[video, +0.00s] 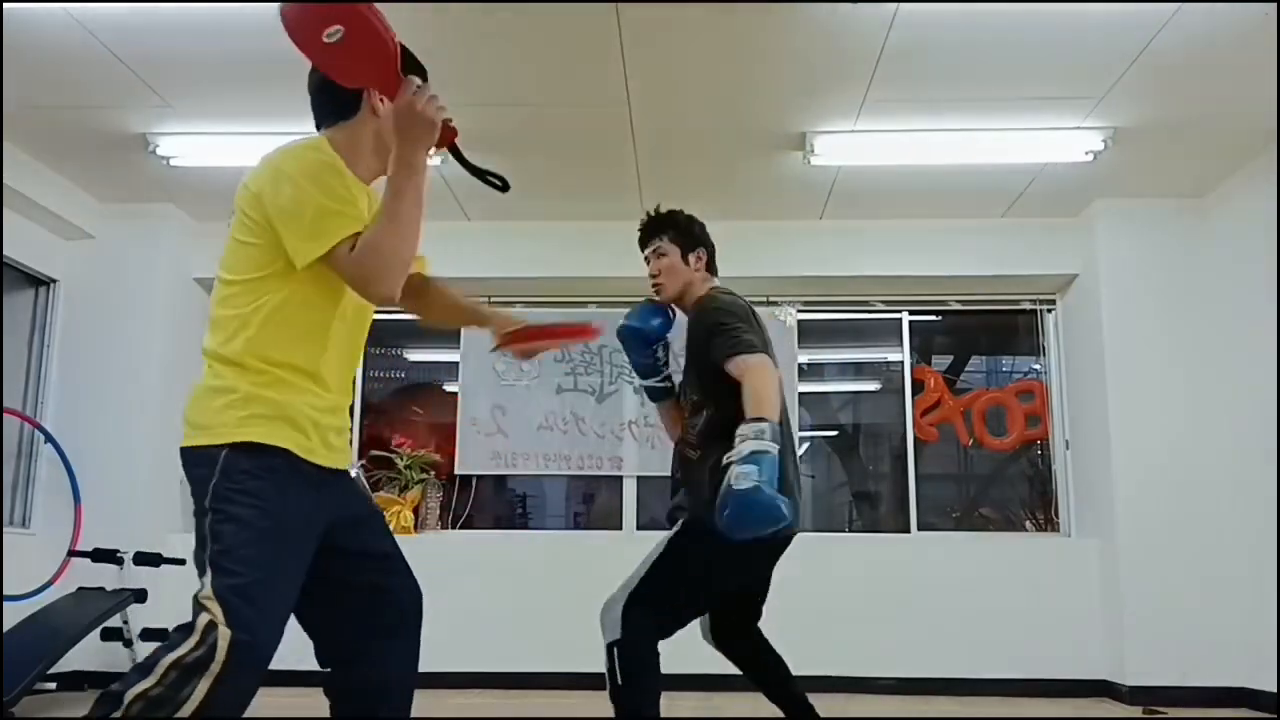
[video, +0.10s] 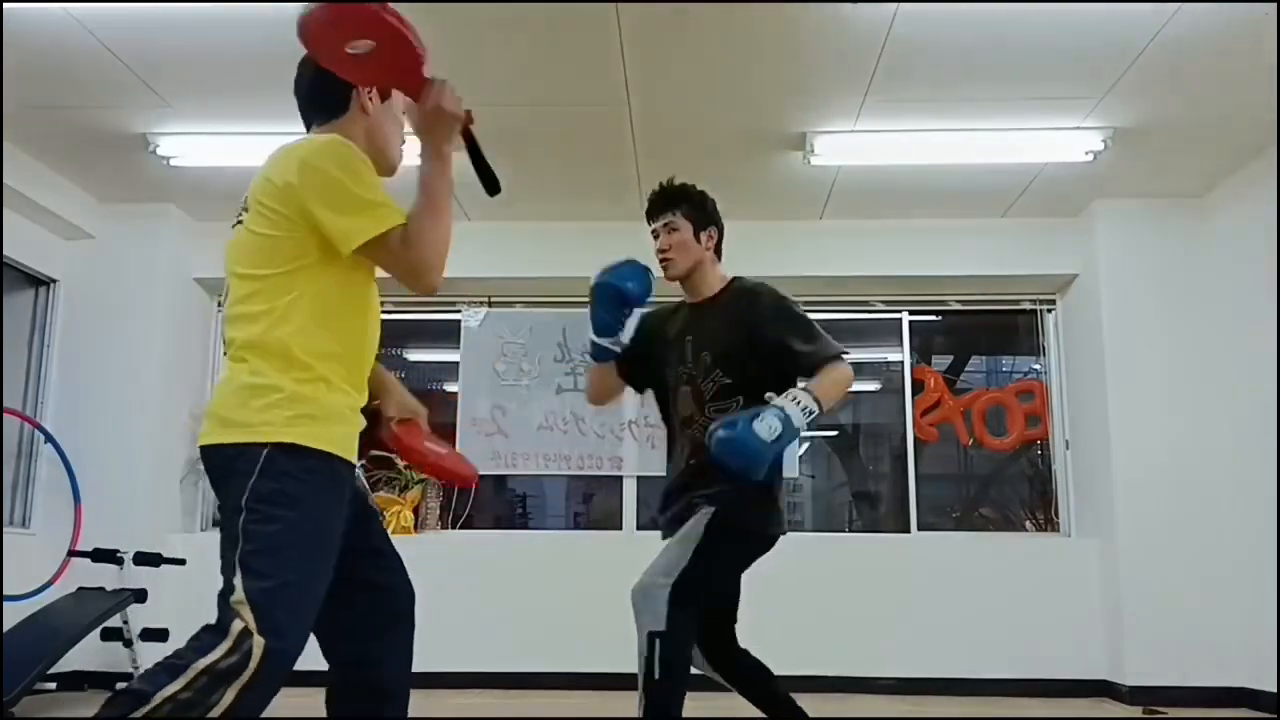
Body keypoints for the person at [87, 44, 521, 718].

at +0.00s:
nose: (426, 125)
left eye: (427, 109)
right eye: (419, 107)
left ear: (365, 107)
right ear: (380, 103)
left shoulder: (366, 202)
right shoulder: (296, 171)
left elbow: (416, 288)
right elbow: (380, 279)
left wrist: (495, 323)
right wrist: (412, 156)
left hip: (322, 461)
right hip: (249, 448)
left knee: (385, 613)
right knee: (236, 638)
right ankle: (122, 709)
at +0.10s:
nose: (411, 129)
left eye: (412, 111)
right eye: (405, 108)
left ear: (342, 102)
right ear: (368, 99)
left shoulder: (305, 174)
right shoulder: (320, 159)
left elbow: (307, 322)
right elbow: (423, 266)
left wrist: (386, 388)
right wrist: (440, 150)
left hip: (307, 444)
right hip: (281, 439)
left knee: (379, 611)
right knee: (254, 644)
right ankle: (123, 715)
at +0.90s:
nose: (160, 123)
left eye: (163, 111)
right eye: (156, 108)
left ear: (87, 95)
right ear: (112, 85)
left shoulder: (14, 151)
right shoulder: (126, 138)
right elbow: (200, 271)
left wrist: (182, 212)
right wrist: (337, 295)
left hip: (11, 418)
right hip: (71, 420)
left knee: (26, 624)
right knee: (109, 638)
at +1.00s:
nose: (149, 144)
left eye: (152, 131)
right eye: (145, 126)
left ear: (60, 111)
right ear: (103, 103)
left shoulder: (7, 154)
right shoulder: (127, 162)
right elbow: (126, 289)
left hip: (9, 423)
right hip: (63, 423)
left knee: (14, 626)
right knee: (107, 633)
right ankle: (32, 709)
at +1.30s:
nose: (164, 134)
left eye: (167, 118)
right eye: (161, 111)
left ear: (90, 98)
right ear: (110, 91)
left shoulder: (21, 150)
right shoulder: (111, 145)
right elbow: (90, 266)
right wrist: (162, 391)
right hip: (31, 411)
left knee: (39, 624)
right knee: (70, 630)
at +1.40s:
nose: (192, 103)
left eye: (196, 87)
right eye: (187, 80)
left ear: (133, 70)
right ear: (135, 64)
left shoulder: (105, 169)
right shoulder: (96, 122)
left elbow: (196, 254)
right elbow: (42, 244)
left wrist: (223, 162)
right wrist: (136, 371)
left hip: (36, 425)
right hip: (24, 423)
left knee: (43, 648)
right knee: (46, 651)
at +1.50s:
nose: (228, 94)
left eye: (232, 78)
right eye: (221, 70)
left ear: (169, 61)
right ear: (167, 53)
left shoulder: (168, 179)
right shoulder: (89, 129)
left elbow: (240, 255)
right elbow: (25, 272)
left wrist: (322, 188)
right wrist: (114, 398)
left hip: (56, 432)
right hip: (20, 423)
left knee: (42, 654)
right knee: (34, 657)